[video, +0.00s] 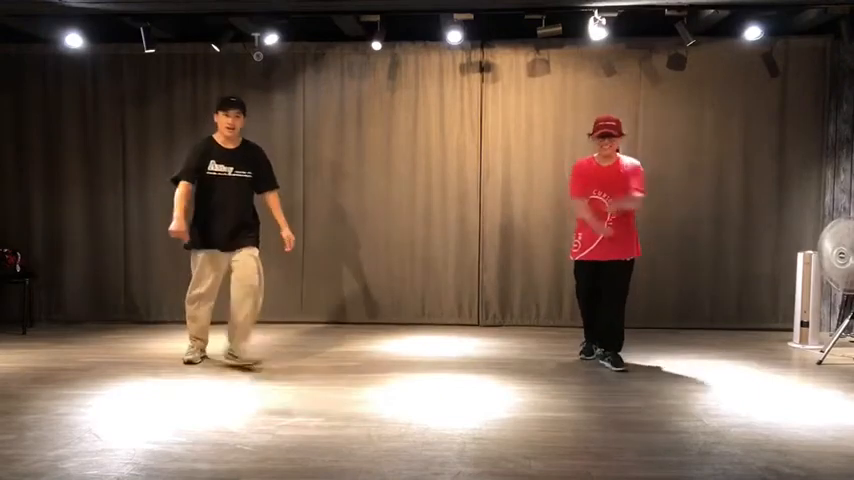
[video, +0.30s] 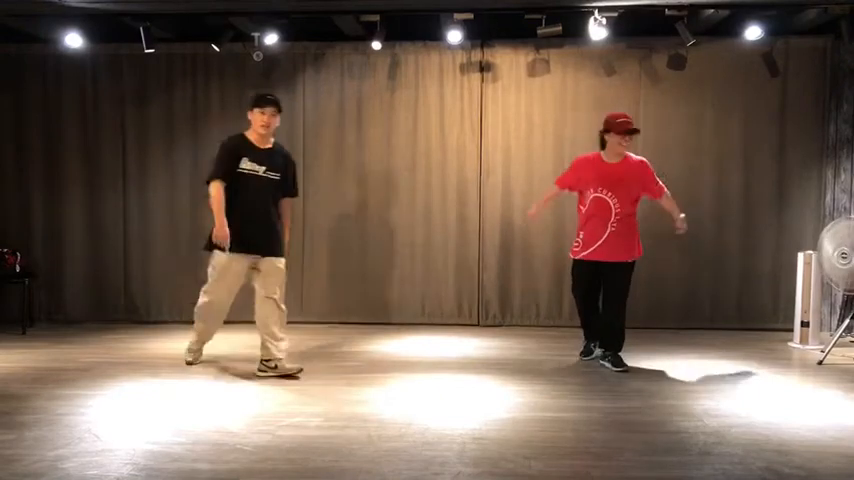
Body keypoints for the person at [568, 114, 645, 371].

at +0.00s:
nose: (606, 142)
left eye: (611, 138)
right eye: (601, 138)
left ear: (619, 140)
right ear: (594, 140)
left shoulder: (632, 167)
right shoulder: (582, 168)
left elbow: (637, 201)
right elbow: (579, 206)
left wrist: (617, 204)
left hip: (620, 248)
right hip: (587, 247)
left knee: (614, 300)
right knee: (587, 296)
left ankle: (610, 349)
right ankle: (591, 341)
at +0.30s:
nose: (626, 140)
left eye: (629, 136)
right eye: (621, 135)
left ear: (631, 137)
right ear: (606, 136)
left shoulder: (639, 167)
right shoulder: (585, 164)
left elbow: (661, 194)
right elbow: (558, 188)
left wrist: (677, 214)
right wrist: (537, 207)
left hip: (621, 251)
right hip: (587, 249)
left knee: (615, 302)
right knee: (583, 294)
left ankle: (611, 351)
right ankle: (591, 340)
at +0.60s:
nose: (629, 139)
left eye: (629, 134)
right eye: (624, 134)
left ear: (626, 137)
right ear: (607, 136)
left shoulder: (633, 167)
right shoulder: (582, 166)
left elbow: (640, 205)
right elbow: (566, 203)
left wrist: (641, 233)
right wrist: (561, 234)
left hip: (619, 250)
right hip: (586, 249)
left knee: (614, 305)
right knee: (581, 302)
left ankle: (610, 351)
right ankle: (570, 346)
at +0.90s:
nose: (605, 139)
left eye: (605, 135)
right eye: (600, 135)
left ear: (601, 138)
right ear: (584, 138)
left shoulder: (610, 163)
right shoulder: (566, 167)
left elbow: (626, 192)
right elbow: (570, 201)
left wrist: (630, 210)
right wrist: (592, 214)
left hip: (606, 249)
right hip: (575, 249)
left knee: (607, 303)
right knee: (570, 302)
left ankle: (609, 351)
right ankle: (565, 349)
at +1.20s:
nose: (589, 137)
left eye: (590, 133)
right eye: (584, 134)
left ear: (588, 137)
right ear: (569, 138)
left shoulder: (599, 163)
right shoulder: (555, 173)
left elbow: (610, 195)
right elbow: (551, 213)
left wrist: (615, 223)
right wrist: (551, 245)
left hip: (600, 247)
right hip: (568, 249)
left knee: (605, 301)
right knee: (565, 303)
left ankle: (610, 348)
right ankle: (564, 349)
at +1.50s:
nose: (592, 137)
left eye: (594, 133)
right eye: (586, 134)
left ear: (596, 137)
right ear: (573, 138)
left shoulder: (606, 164)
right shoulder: (559, 170)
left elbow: (617, 197)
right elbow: (537, 202)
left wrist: (624, 223)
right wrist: (520, 227)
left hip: (602, 249)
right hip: (569, 250)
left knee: (601, 299)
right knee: (567, 302)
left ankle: (601, 341)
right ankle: (564, 347)